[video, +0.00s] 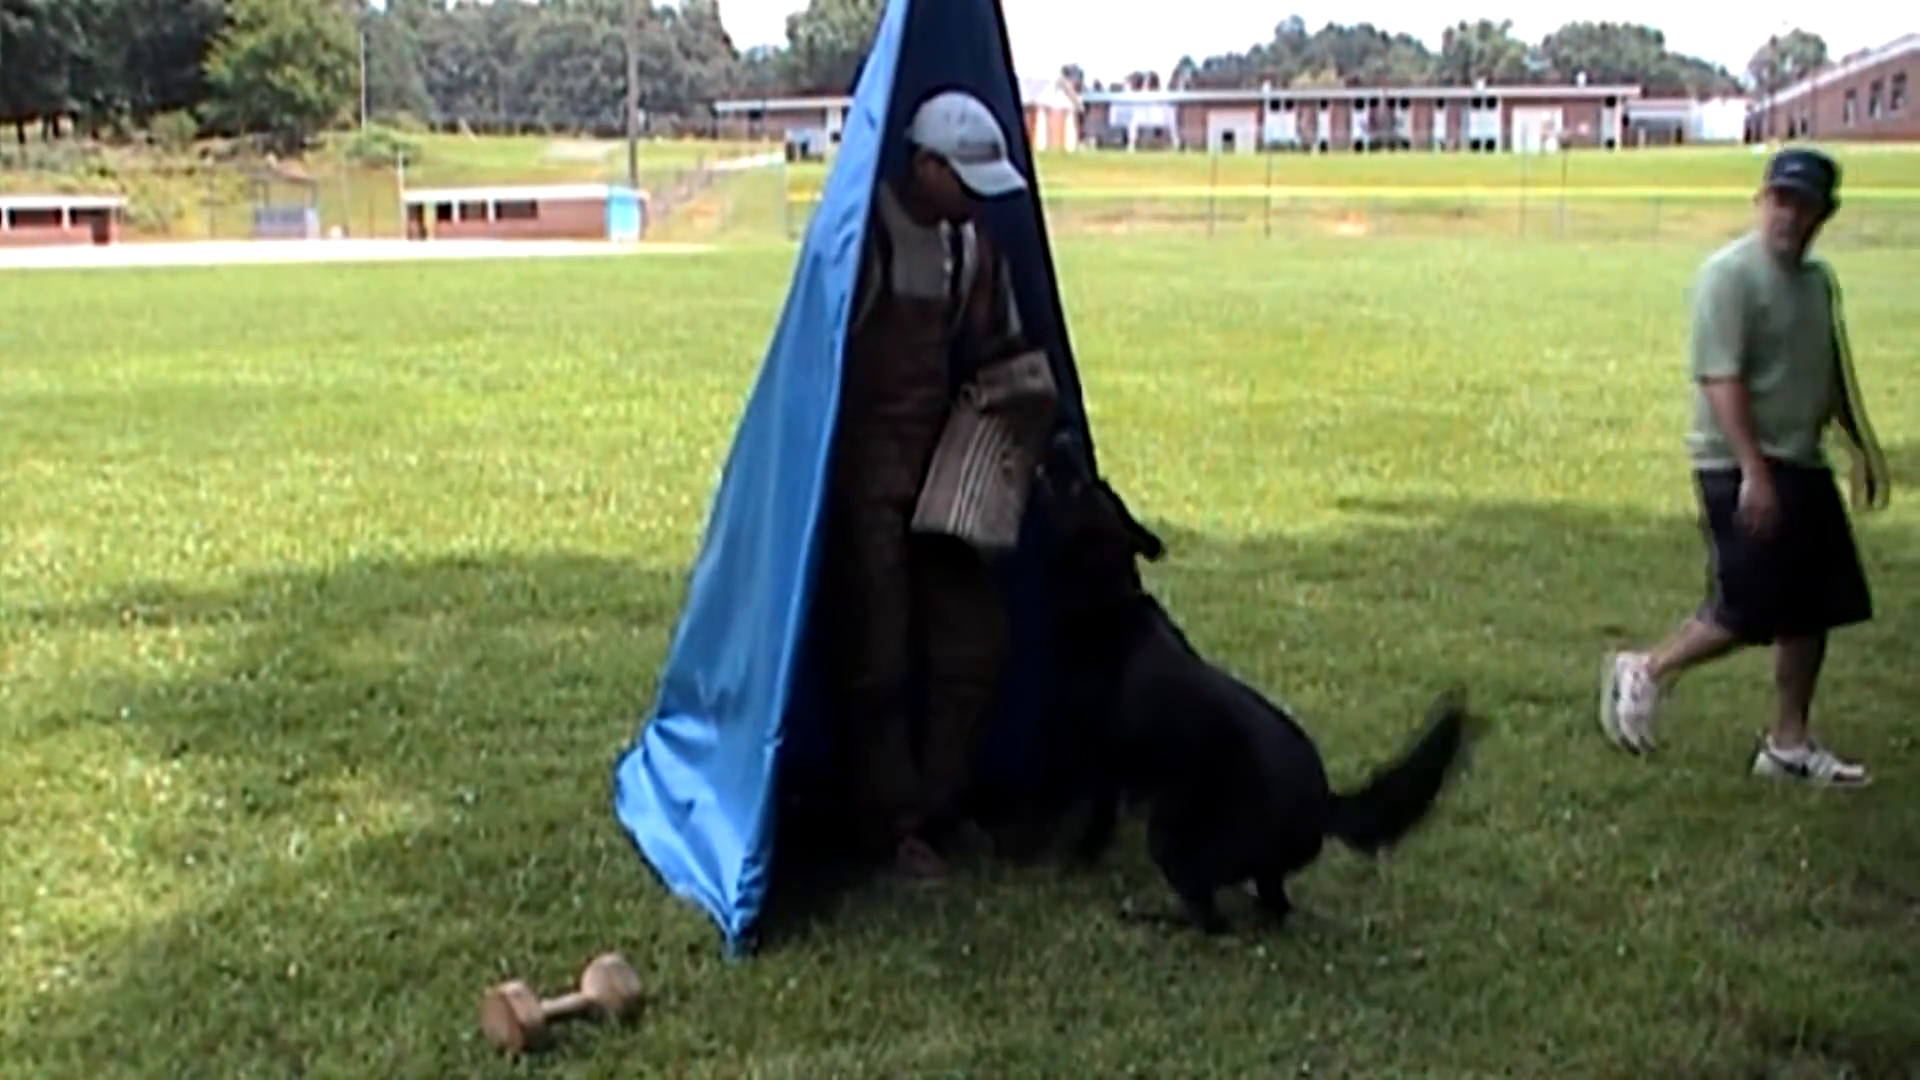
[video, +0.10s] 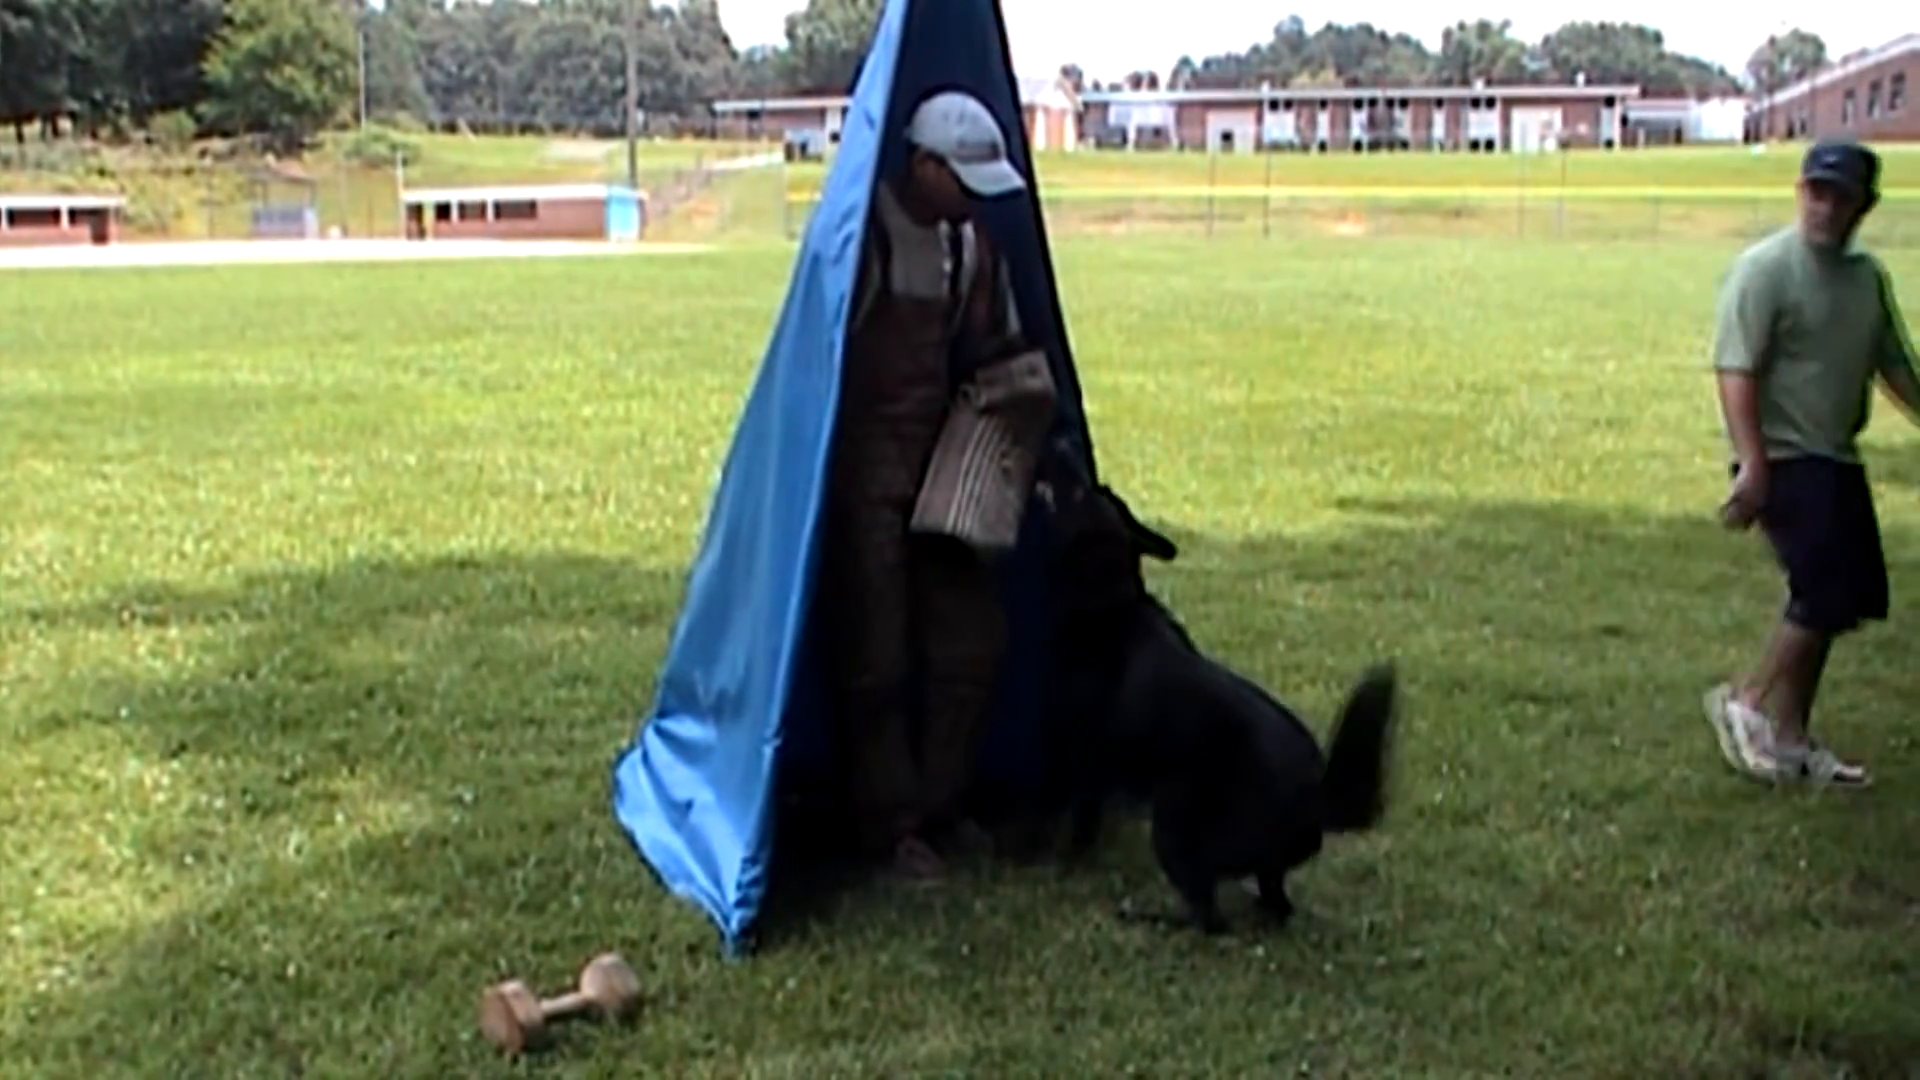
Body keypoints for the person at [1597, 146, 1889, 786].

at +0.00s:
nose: (1788, 216)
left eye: (1804, 206)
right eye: (1779, 200)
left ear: (1822, 217)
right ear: (1760, 202)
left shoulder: (1819, 284)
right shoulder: (1727, 277)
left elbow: (1831, 379)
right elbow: (1720, 382)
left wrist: (1862, 444)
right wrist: (1752, 469)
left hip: (1802, 467)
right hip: (1737, 467)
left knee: (1812, 607)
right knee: (1750, 607)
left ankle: (1788, 742)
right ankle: (1644, 672)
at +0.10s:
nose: (1825, 206)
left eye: (1841, 196)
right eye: (1816, 191)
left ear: (1863, 208)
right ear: (1800, 193)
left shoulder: (1868, 278)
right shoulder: (1764, 270)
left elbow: (1894, 367)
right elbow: (1734, 371)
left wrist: (1918, 409)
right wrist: (1751, 465)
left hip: (1838, 458)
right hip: (1782, 457)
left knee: (1834, 598)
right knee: (1824, 590)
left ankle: (1790, 734)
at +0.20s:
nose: (1864, 209)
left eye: (1880, 199)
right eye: (1855, 194)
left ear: (1901, 208)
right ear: (1835, 196)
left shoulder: (1906, 279)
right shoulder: (1801, 272)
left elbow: (1908, 356)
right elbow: (1749, 370)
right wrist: (1753, 468)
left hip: (1868, 457)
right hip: (1811, 457)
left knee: (1819, 602)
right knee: (1875, 605)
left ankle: (1788, 738)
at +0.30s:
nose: (1901, 219)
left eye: (1911, 207)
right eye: (1891, 204)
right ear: (1872, 206)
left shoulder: (1907, 282)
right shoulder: (1842, 283)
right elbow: (1780, 381)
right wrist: (1772, 486)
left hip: (1897, 479)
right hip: (1850, 479)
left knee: (1831, 609)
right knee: (1904, 631)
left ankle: (1791, 734)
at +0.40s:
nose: (1918, 224)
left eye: (1916, 213)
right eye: (1917, 213)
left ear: (1910, 212)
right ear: (1908, 212)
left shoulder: (1884, 292)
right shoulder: (1880, 295)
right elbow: (1818, 400)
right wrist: (1806, 506)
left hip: (1903, 493)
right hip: (1890, 493)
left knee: (1874, 612)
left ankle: (1800, 730)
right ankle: (1799, 730)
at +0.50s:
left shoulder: (1904, 304)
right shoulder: (1907, 302)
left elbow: (1861, 406)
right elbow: (1860, 406)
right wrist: (1856, 514)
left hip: (1911, 493)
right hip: (1911, 493)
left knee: (1916, 639)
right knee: (1917, 642)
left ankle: (1845, 714)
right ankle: (1843, 713)